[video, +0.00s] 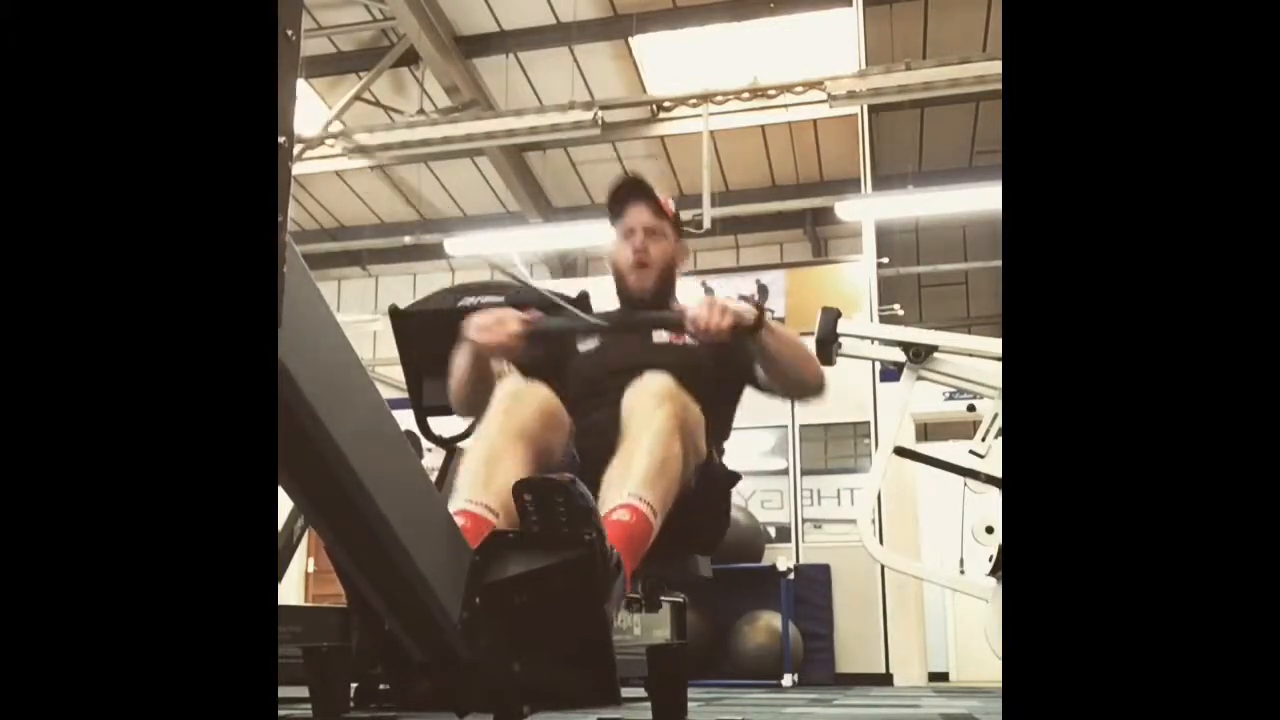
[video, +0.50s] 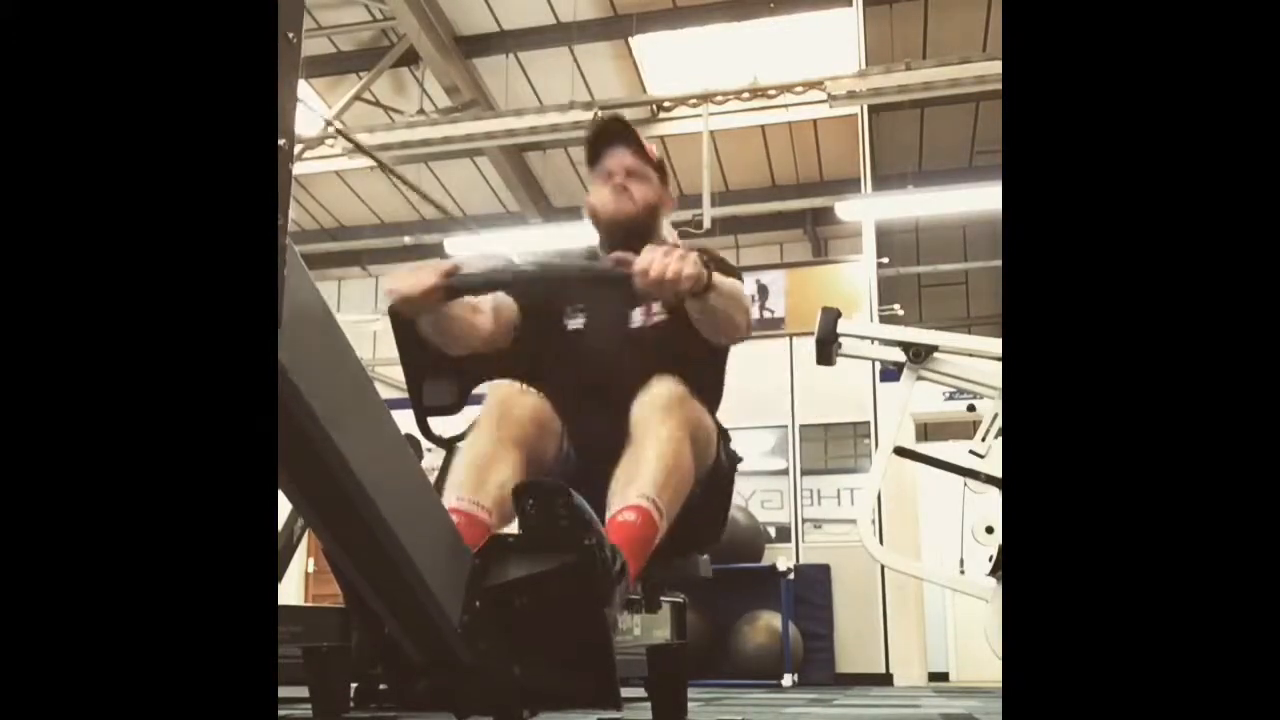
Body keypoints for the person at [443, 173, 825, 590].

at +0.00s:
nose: (639, 246)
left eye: (654, 235)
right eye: (628, 235)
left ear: (680, 250)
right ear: (612, 251)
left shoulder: (717, 329)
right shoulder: (571, 332)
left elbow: (809, 383)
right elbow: (468, 407)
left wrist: (753, 326)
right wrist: (473, 344)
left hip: (681, 501)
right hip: (568, 492)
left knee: (654, 391)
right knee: (521, 395)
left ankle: (606, 567)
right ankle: (458, 553)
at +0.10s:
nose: (622, 203)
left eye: (639, 190)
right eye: (609, 190)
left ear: (666, 208)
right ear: (590, 207)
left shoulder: (705, 293)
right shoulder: (551, 287)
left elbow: (778, 342)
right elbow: (461, 387)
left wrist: (734, 305)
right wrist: (445, 339)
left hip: (675, 497)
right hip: (559, 493)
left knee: (655, 357)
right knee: (510, 365)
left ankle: (606, 566)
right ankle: (445, 556)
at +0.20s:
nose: (603, 161)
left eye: (620, 150)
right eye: (588, 151)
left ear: (652, 174)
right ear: (569, 179)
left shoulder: (698, 257)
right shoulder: (524, 274)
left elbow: (749, 308)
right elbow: (455, 329)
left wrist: (703, 285)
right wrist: (403, 319)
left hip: (669, 492)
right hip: (546, 487)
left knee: (652, 341)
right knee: (489, 336)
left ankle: (606, 565)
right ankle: (443, 557)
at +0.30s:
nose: (586, 145)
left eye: (607, 136)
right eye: (573, 139)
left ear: (643, 164)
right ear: (554, 173)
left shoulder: (682, 240)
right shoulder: (522, 249)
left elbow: (714, 283)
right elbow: (451, 293)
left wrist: (671, 272)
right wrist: (371, 282)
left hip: (662, 482)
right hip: (543, 481)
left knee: (652, 333)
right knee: (490, 338)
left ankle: (610, 552)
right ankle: (442, 549)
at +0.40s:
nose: (593, 156)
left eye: (612, 148)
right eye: (580, 149)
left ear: (648, 175)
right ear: (561, 180)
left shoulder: (689, 249)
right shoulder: (537, 259)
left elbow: (706, 295)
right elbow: (464, 303)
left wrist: (675, 269)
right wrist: (385, 288)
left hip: (670, 483)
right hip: (553, 480)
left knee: (657, 356)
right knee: (504, 358)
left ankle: (608, 565)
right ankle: (443, 555)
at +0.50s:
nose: (619, 182)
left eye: (636, 175)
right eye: (606, 175)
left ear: (665, 196)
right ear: (588, 200)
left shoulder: (699, 267)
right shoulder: (556, 276)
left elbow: (735, 328)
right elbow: (478, 328)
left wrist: (697, 287)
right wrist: (429, 307)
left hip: (676, 477)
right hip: (562, 474)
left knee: (664, 395)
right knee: (508, 398)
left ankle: (612, 568)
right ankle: (446, 557)